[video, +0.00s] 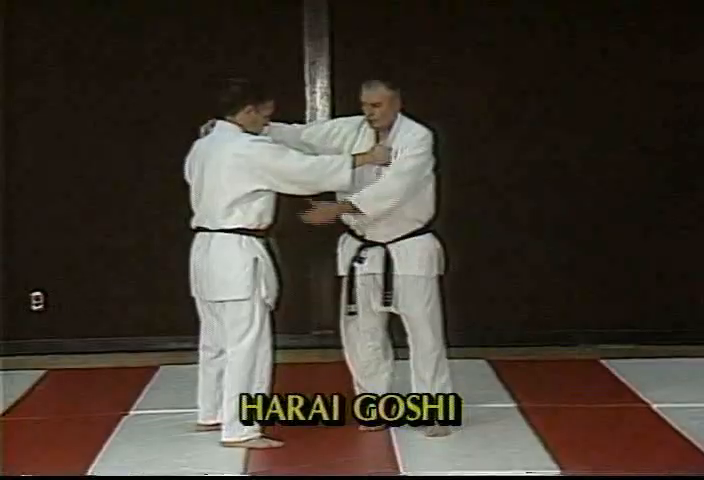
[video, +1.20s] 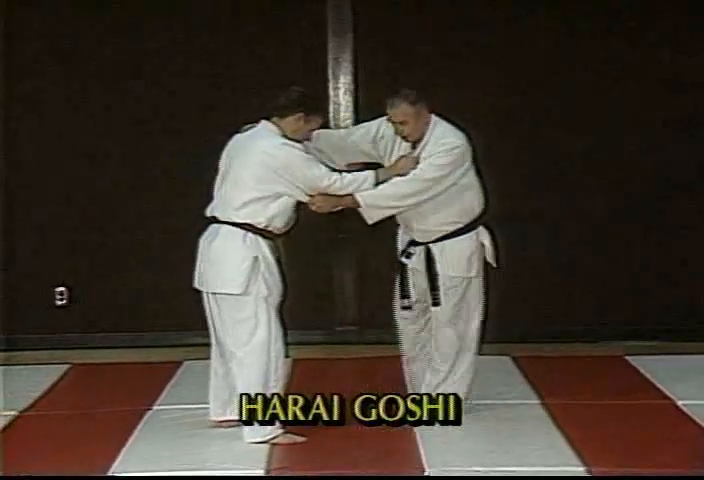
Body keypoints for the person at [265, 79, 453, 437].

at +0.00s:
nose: (370, 113)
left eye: (377, 106)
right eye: (366, 107)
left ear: (397, 104)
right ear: (361, 106)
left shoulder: (416, 138)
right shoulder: (351, 131)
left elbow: (393, 189)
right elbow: (302, 135)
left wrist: (339, 209)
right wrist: (245, 127)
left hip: (409, 247)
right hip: (361, 246)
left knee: (423, 332)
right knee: (361, 330)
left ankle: (435, 411)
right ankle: (373, 406)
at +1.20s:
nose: (400, 132)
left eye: (405, 124)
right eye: (395, 125)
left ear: (425, 115)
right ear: (390, 121)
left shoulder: (450, 144)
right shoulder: (387, 132)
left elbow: (414, 187)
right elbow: (340, 141)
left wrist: (347, 201)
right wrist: (290, 138)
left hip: (454, 245)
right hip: (412, 243)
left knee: (449, 329)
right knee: (412, 327)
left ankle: (443, 407)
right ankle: (419, 401)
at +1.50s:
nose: (402, 132)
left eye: (408, 125)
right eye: (397, 125)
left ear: (428, 117)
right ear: (392, 121)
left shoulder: (451, 146)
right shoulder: (390, 132)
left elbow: (413, 189)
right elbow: (345, 140)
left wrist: (345, 203)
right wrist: (294, 135)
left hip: (458, 242)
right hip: (422, 239)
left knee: (449, 321)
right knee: (440, 300)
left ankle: (443, 394)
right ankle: (485, 329)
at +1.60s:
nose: (403, 132)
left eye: (409, 125)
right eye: (399, 125)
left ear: (429, 117)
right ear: (394, 121)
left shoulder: (453, 146)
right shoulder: (391, 134)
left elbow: (414, 189)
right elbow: (344, 141)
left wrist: (347, 202)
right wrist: (296, 136)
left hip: (459, 243)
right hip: (424, 241)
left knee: (450, 322)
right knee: (441, 312)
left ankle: (445, 395)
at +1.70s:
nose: (405, 131)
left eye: (411, 124)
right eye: (400, 124)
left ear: (431, 116)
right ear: (396, 120)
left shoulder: (455, 145)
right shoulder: (393, 133)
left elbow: (417, 186)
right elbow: (347, 142)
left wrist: (351, 201)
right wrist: (297, 135)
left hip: (460, 245)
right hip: (423, 244)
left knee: (453, 323)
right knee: (434, 321)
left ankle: (451, 395)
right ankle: (437, 388)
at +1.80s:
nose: (407, 129)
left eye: (413, 121)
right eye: (402, 122)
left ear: (433, 114)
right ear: (398, 118)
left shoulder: (456, 144)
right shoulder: (394, 132)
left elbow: (419, 184)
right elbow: (348, 142)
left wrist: (353, 198)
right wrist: (300, 136)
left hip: (457, 246)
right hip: (414, 242)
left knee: (451, 324)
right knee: (409, 320)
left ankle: (449, 396)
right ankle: (408, 387)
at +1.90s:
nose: (408, 126)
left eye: (414, 118)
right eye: (403, 119)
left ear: (434, 112)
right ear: (398, 116)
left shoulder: (457, 144)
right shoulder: (394, 132)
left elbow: (420, 183)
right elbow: (348, 142)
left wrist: (355, 195)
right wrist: (299, 136)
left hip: (456, 248)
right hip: (408, 244)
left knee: (451, 330)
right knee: (389, 323)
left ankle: (447, 403)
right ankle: (381, 395)